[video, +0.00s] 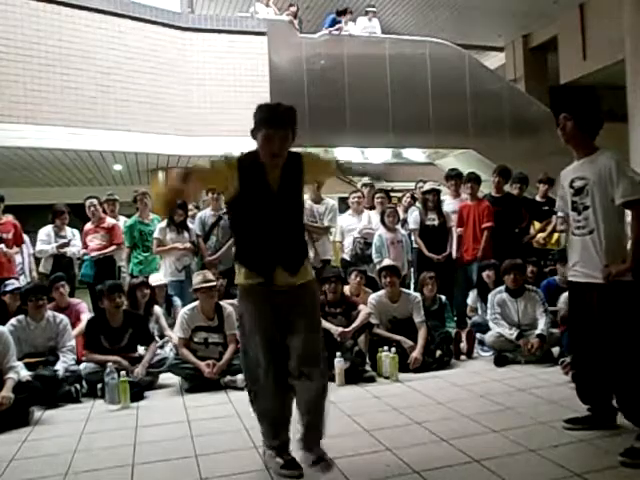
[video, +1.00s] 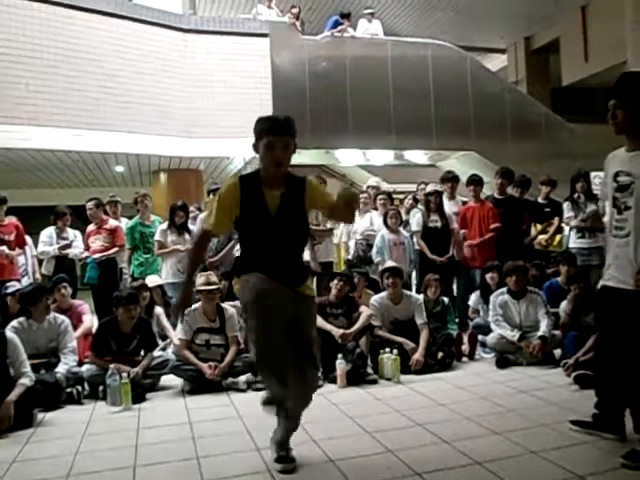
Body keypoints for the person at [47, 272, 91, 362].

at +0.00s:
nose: (61, 291)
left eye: (63, 286)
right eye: (56, 289)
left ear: (68, 288)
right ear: (52, 294)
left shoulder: (79, 305)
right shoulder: (48, 310)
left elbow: (85, 321)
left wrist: (70, 336)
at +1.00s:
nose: (62, 292)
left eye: (65, 287)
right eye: (58, 290)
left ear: (70, 290)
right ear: (53, 295)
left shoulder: (81, 306)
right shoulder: (51, 311)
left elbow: (88, 324)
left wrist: (72, 337)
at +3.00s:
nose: (65, 293)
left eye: (67, 288)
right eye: (60, 291)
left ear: (73, 291)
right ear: (56, 296)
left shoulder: (83, 307)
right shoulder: (53, 312)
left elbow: (90, 325)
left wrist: (74, 338)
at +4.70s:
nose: (65, 293)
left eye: (67, 289)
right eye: (61, 291)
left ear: (73, 291)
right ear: (57, 296)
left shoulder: (84, 307)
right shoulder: (54, 311)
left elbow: (90, 325)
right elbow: (51, 330)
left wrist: (75, 338)